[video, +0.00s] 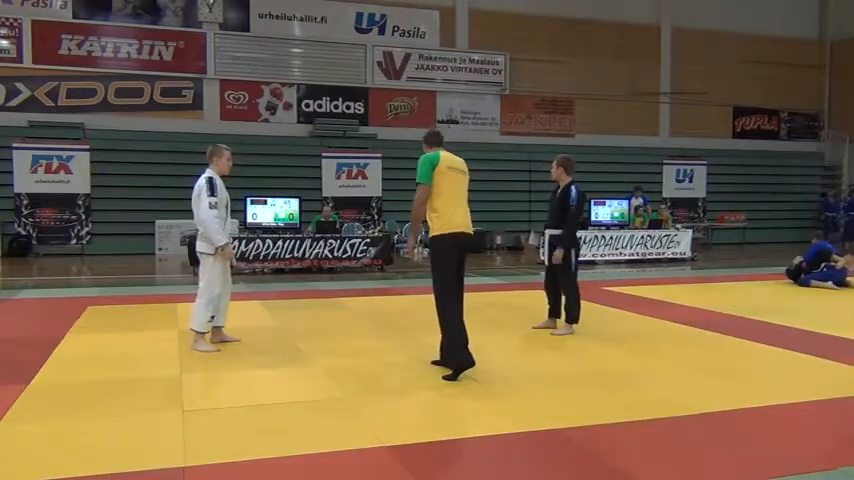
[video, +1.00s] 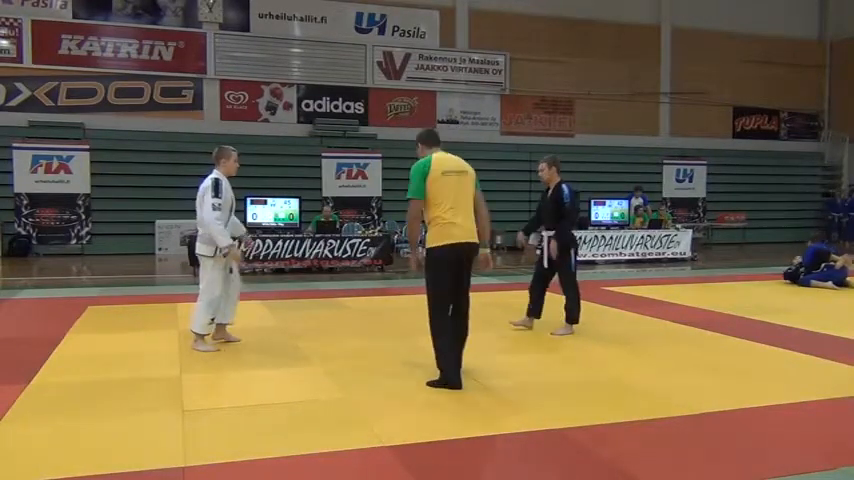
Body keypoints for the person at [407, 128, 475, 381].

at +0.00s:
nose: (423, 152)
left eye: (423, 148)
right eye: (424, 148)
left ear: (425, 146)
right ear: (443, 144)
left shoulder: (428, 158)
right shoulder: (460, 162)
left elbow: (421, 197)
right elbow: (459, 199)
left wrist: (412, 238)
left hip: (443, 235)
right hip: (463, 233)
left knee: (446, 298)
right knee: (453, 296)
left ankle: (461, 357)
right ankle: (449, 352)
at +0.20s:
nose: (418, 163)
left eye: (418, 160)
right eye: (419, 160)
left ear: (424, 156)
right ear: (438, 154)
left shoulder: (426, 163)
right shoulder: (456, 170)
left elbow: (421, 198)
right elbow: (457, 203)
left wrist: (417, 238)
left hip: (446, 234)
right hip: (465, 233)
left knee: (449, 300)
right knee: (452, 299)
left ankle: (460, 360)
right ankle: (450, 352)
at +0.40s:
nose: (416, 170)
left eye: (417, 166)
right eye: (417, 166)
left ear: (423, 161)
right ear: (437, 159)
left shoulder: (424, 166)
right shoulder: (454, 173)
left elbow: (423, 202)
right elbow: (457, 206)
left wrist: (428, 234)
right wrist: (434, 237)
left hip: (448, 232)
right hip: (467, 232)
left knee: (448, 299)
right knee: (451, 297)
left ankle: (458, 360)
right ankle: (452, 352)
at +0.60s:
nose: (415, 169)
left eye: (416, 165)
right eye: (416, 165)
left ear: (421, 160)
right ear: (435, 157)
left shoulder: (424, 166)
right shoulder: (453, 173)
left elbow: (426, 204)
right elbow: (458, 207)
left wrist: (429, 238)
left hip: (448, 234)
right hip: (467, 233)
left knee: (446, 298)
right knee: (452, 297)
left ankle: (452, 364)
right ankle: (451, 354)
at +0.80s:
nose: (415, 162)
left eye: (415, 158)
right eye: (417, 158)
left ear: (419, 155)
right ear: (435, 152)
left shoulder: (423, 166)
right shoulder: (457, 169)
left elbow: (424, 205)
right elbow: (463, 209)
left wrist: (426, 240)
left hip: (444, 239)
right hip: (466, 237)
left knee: (442, 304)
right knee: (451, 302)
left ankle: (449, 374)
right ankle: (451, 358)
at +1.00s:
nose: (417, 154)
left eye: (417, 150)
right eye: (418, 150)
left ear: (421, 147)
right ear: (439, 145)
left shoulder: (422, 167)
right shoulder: (465, 166)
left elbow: (415, 211)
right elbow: (481, 208)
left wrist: (413, 249)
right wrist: (485, 245)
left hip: (441, 246)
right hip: (469, 244)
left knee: (439, 309)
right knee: (460, 305)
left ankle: (449, 375)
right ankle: (454, 364)